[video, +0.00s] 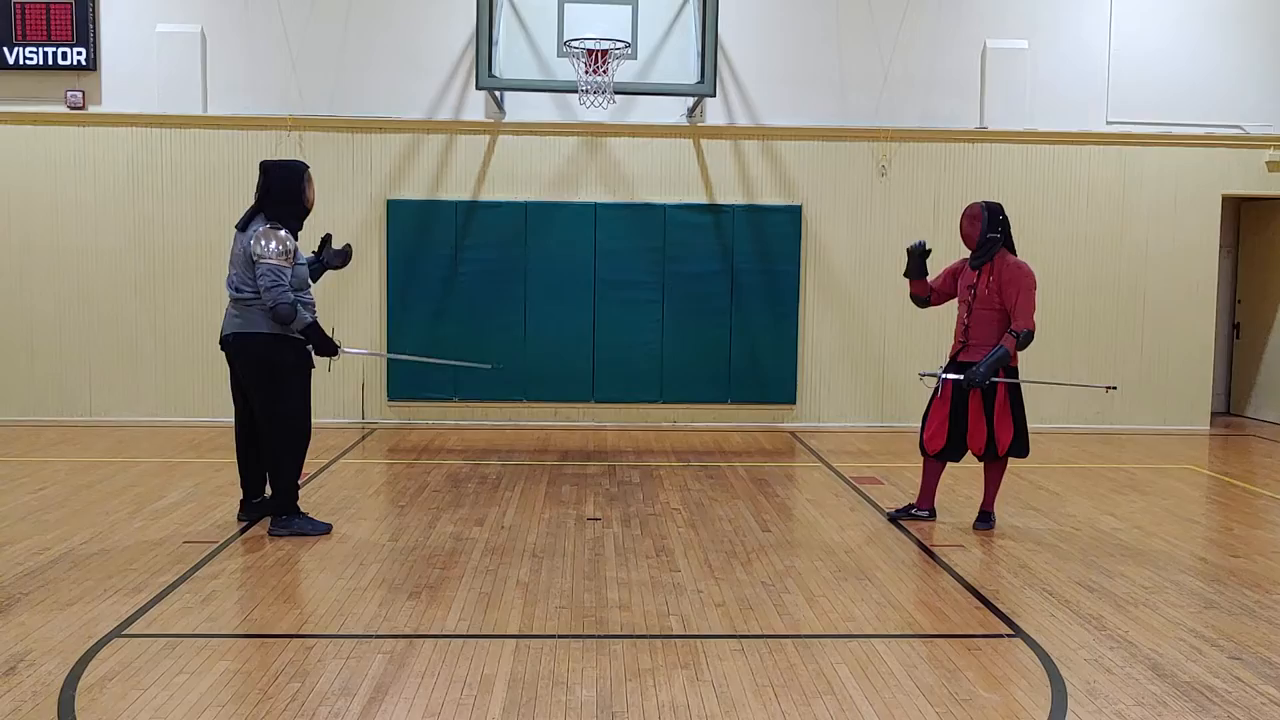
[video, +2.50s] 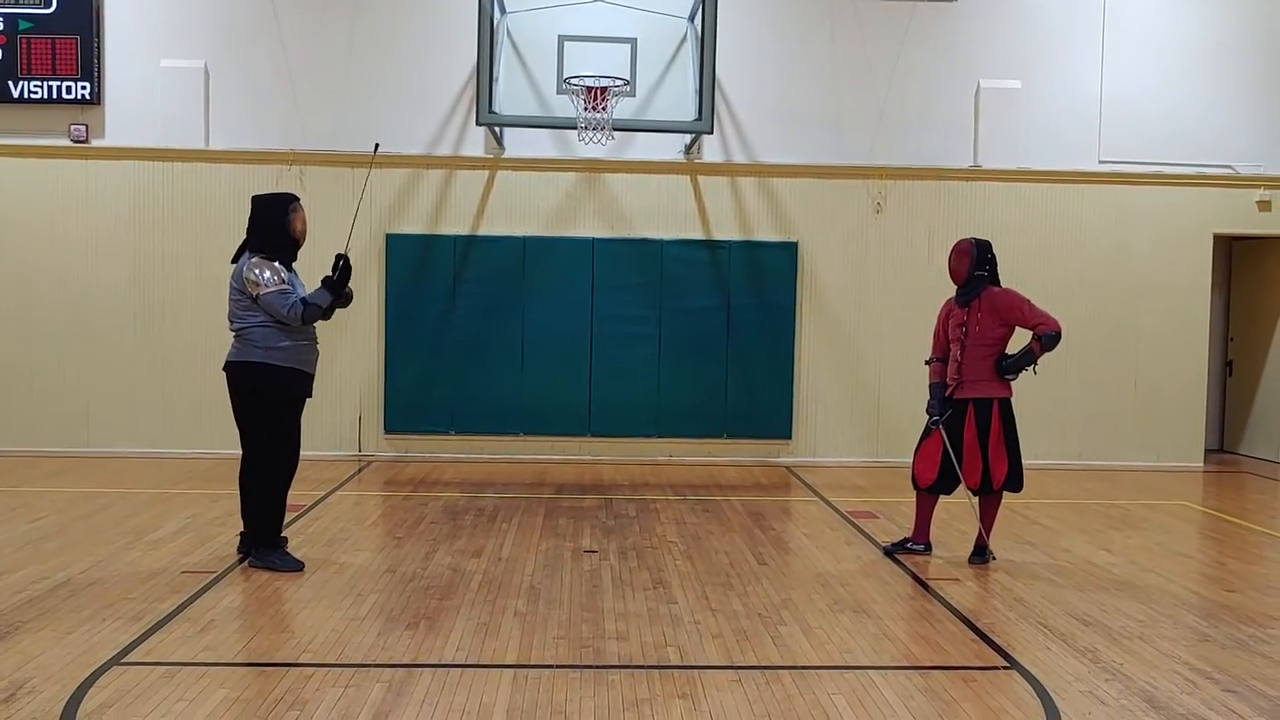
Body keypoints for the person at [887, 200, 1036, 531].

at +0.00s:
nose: (963, 232)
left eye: (969, 225)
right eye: (963, 225)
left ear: (988, 227)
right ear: (972, 228)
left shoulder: (1016, 271)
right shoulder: (964, 268)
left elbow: (1023, 329)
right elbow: (924, 298)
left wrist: (990, 362)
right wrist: (916, 267)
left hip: (996, 369)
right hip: (958, 366)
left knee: (995, 440)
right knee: (937, 431)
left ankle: (987, 509)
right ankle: (923, 504)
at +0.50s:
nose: (967, 231)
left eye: (975, 225)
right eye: (967, 225)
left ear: (995, 231)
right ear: (970, 230)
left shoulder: (1017, 275)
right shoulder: (964, 274)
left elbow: (1027, 332)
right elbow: (945, 318)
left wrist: (984, 358)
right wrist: (934, 346)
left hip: (997, 374)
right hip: (961, 371)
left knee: (997, 442)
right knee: (937, 433)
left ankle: (989, 514)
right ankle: (926, 508)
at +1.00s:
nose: (960, 251)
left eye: (964, 244)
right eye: (957, 245)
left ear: (984, 241)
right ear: (960, 245)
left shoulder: (1011, 271)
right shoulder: (961, 279)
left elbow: (1049, 306)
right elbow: (947, 325)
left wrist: (1004, 328)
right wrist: (944, 363)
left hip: (997, 373)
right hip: (960, 373)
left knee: (998, 443)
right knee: (936, 436)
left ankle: (989, 517)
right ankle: (926, 512)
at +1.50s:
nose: (936, 290)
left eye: (940, 282)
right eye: (933, 284)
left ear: (959, 277)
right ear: (934, 283)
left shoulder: (990, 306)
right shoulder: (937, 315)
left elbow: (1042, 334)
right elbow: (927, 364)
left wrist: (1012, 363)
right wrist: (926, 402)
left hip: (981, 406)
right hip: (943, 407)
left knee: (981, 476)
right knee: (920, 469)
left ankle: (973, 549)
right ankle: (911, 545)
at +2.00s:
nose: (963, 282)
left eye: (970, 274)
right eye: (962, 275)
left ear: (989, 278)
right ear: (963, 279)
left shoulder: (1012, 313)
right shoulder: (960, 321)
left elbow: (1063, 343)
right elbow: (948, 371)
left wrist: (1031, 374)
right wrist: (948, 414)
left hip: (1003, 415)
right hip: (964, 416)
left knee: (1004, 485)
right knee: (941, 477)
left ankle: (996, 558)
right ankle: (934, 553)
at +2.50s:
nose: (951, 266)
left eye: (957, 259)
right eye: (952, 259)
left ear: (975, 263)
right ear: (970, 264)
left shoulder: (1001, 299)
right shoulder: (950, 307)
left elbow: (1050, 330)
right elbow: (938, 356)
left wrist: (1018, 361)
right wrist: (936, 396)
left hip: (990, 400)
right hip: (952, 401)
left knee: (990, 470)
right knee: (929, 463)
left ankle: (982, 543)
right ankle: (919, 538)